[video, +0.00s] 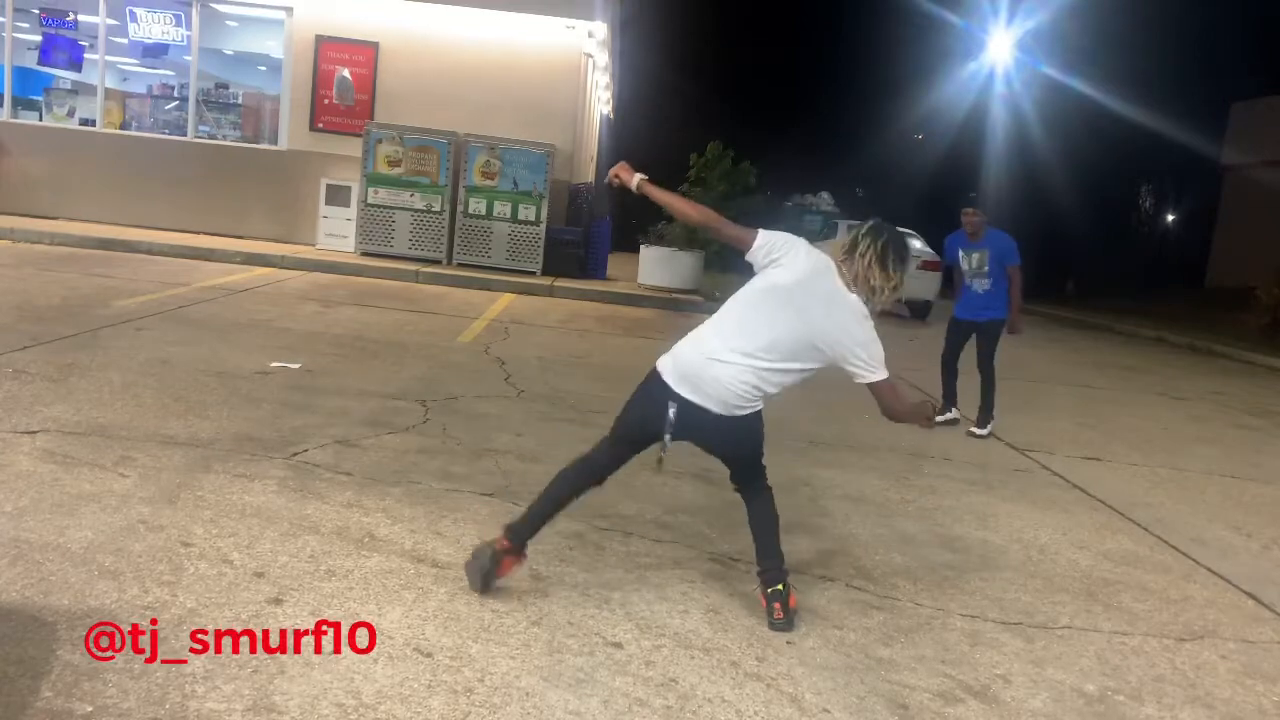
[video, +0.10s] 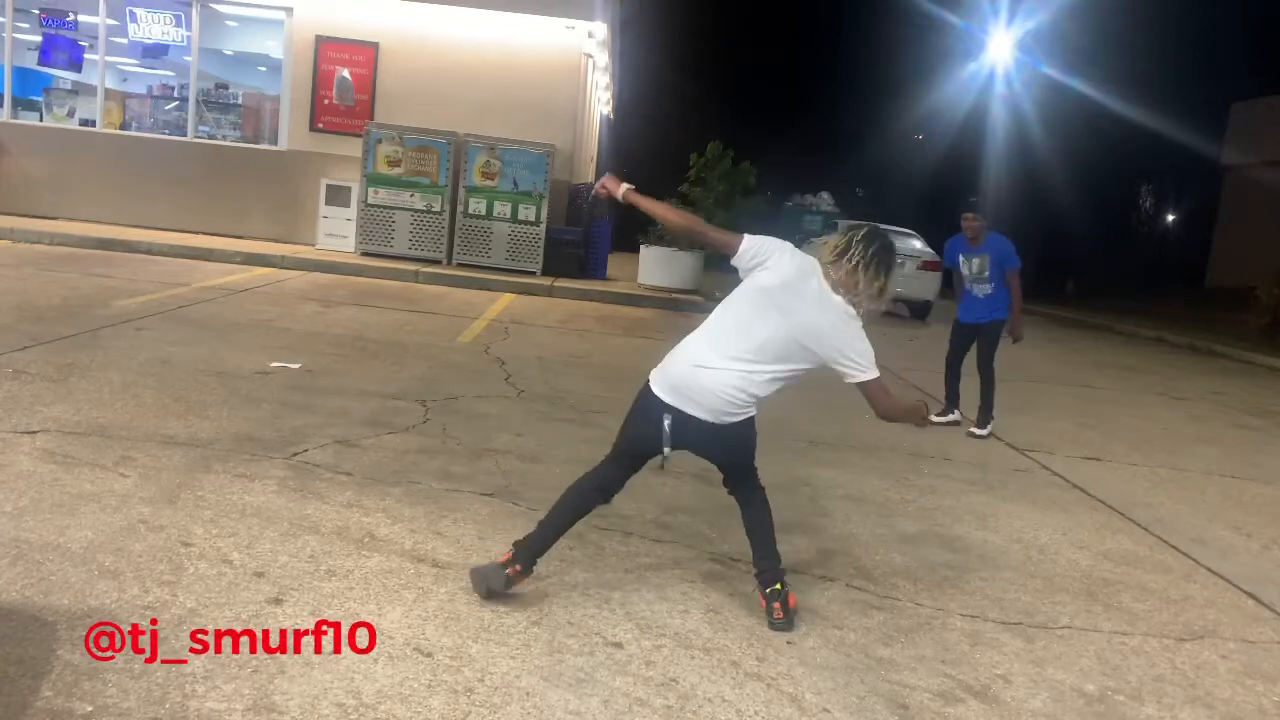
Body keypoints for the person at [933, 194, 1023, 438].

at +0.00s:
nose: (969, 221)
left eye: (974, 216)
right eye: (965, 216)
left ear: (984, 218)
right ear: (960, 218)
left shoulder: (1003, 243)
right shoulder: (953, 242)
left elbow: (1015, 278)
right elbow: (957, 274)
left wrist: (1014, 316)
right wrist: (958, 301)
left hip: (992, 314)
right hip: (964, 311)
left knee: (985, 363)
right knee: (948, 358)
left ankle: (985, 418)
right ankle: (949, 407)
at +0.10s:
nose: (969, 226)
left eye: (974, 221)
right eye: (965, 221)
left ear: (984, 222)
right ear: (960, 222)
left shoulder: (1001, 246)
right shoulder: (954, 246)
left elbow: (1014, 284)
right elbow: (956, 279)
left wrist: (1016, 322)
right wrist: (960, 307)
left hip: (994, 317)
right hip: (966, 315)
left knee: (984, 364)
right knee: (952, 361)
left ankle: (985, 419)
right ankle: (951, 409)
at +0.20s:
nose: (967, 222)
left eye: (973, 217)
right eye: (964, 217)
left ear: (984, 220)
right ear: (959, 219)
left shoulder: (1002, 244)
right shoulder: (953, 244)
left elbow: (1013, 281)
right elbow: (956, 276)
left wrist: (1014, 319)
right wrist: (961, 303)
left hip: (993, 317)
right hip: (965, 315)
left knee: (988, 367)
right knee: (953, 360)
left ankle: (985, 419)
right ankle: (951, 408)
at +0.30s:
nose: (967, 219)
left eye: (973, 214)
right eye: (963, 214)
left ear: (984, 217)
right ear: (959, 217)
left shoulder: (1000, 242)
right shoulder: (952, 241)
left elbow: (1012, 280)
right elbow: (955, 274)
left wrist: (1013, 316)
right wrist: (961, 299)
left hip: (993, 315)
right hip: (965, 313)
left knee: (987, 365)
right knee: (954, 360)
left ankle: (985, 420)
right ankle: (951, 409)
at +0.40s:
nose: (964, 221)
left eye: (969, 217)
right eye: (961, 216)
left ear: (981, 219)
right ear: (956, 219)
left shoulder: (998, 244)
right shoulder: (951, 244)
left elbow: (1009, 285)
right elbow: (954, 277)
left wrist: (1010, 323)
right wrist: (959, 303)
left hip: (990, 316)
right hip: (963, 314)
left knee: (983, 365)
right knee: (951, 360)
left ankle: (984, 419)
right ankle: (951, 409)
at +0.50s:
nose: (963, 218)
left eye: (968, 213)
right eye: (959, 213)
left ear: (980, 215)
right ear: (955, 215)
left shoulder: (997, 241)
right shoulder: (950, 240)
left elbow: (1008, 281)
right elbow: (953, 276)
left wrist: (1006, 321)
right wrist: (957, 305)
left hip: (988, 315)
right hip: (961, 313)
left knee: (984, 365)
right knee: (951, 360)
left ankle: (983, 419)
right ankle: (951, 408)